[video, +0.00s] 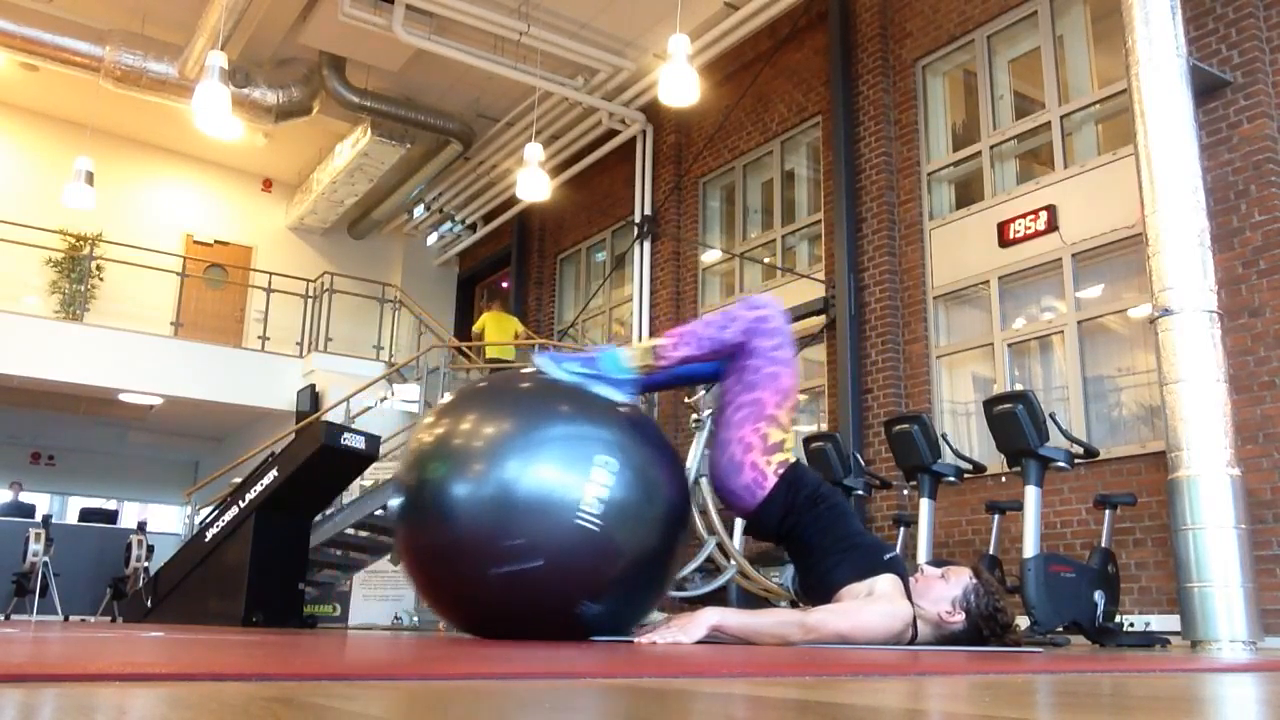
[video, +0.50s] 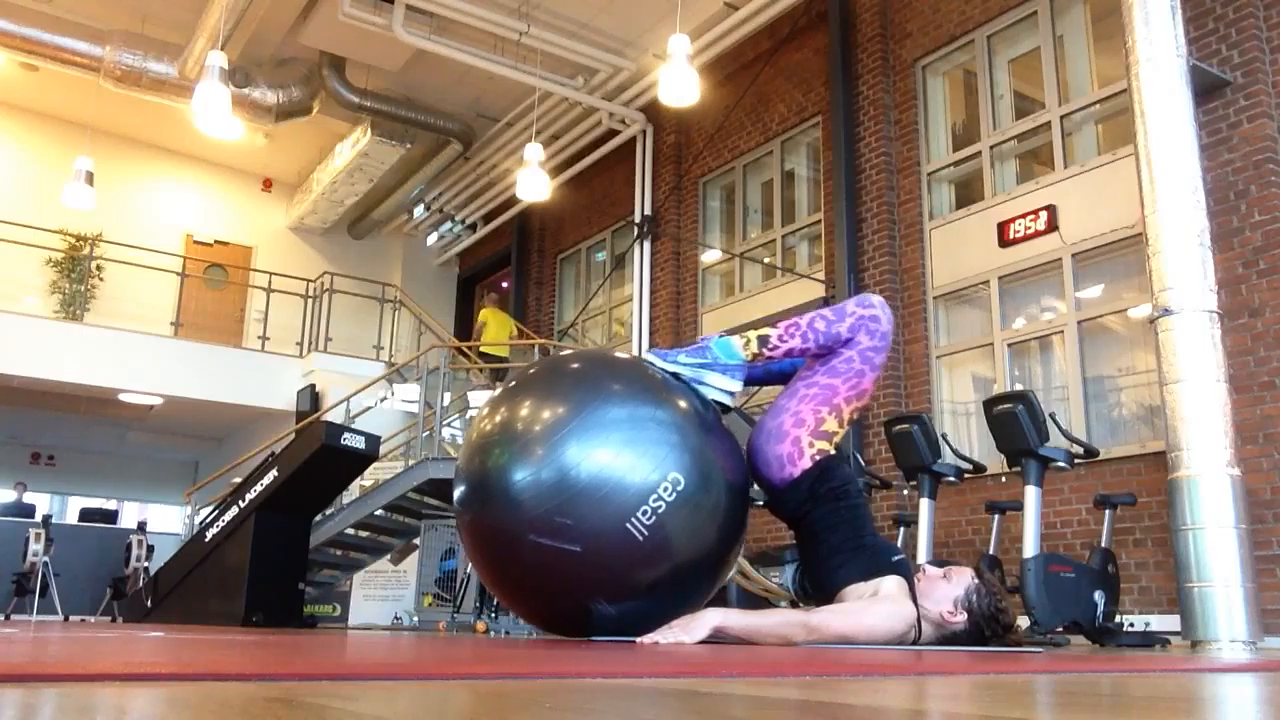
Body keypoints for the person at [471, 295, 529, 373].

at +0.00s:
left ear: (490, 303)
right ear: (503, 305)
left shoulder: (487, 316)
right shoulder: (513, 319)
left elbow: (475, 331)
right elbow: (523, 333)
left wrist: (477, 346)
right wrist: (515, 344)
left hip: (492, 355)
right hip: (509, 355)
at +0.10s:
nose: (488, 306)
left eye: (488, 303)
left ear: (490, 303)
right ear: (502, 303)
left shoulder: (488, 313)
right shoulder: (513, 317)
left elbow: (475, 327)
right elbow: (524, 333)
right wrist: (515, 343)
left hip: (491, 354)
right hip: (509, 356)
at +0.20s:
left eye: (493, 300)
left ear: (490, 301)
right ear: (503, 302)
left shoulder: (489, 311)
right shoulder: (514, 317)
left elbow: (476, 324)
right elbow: (524, 333)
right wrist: (514, 343)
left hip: (490, 353)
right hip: (507, 355)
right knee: (504, 385)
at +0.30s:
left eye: (490, 302)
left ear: (490, 301)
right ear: (501, 302)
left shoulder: (489, 310)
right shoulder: (512, 316)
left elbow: (476, 324)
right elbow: (522, 333)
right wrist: (511, 342)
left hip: (489, 352)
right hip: (506, 354)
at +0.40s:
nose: (488, 304)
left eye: (488, 303)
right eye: (489, 303)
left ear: (489, 302)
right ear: (500, 303)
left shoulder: (488, 311)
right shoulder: (510, 317)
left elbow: (477, 324)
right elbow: (518, 334)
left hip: (488, 351)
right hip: (504, 353)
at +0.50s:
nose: (484, 303)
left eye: (485, 301)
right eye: (484, 301)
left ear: (487, 301)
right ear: (497, 303)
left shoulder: (485, 312)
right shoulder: (507, 317)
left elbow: (479, 326)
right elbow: (514, 335)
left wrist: (475, 337)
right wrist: (506, 344)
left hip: (487, 351)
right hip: (503, 353)